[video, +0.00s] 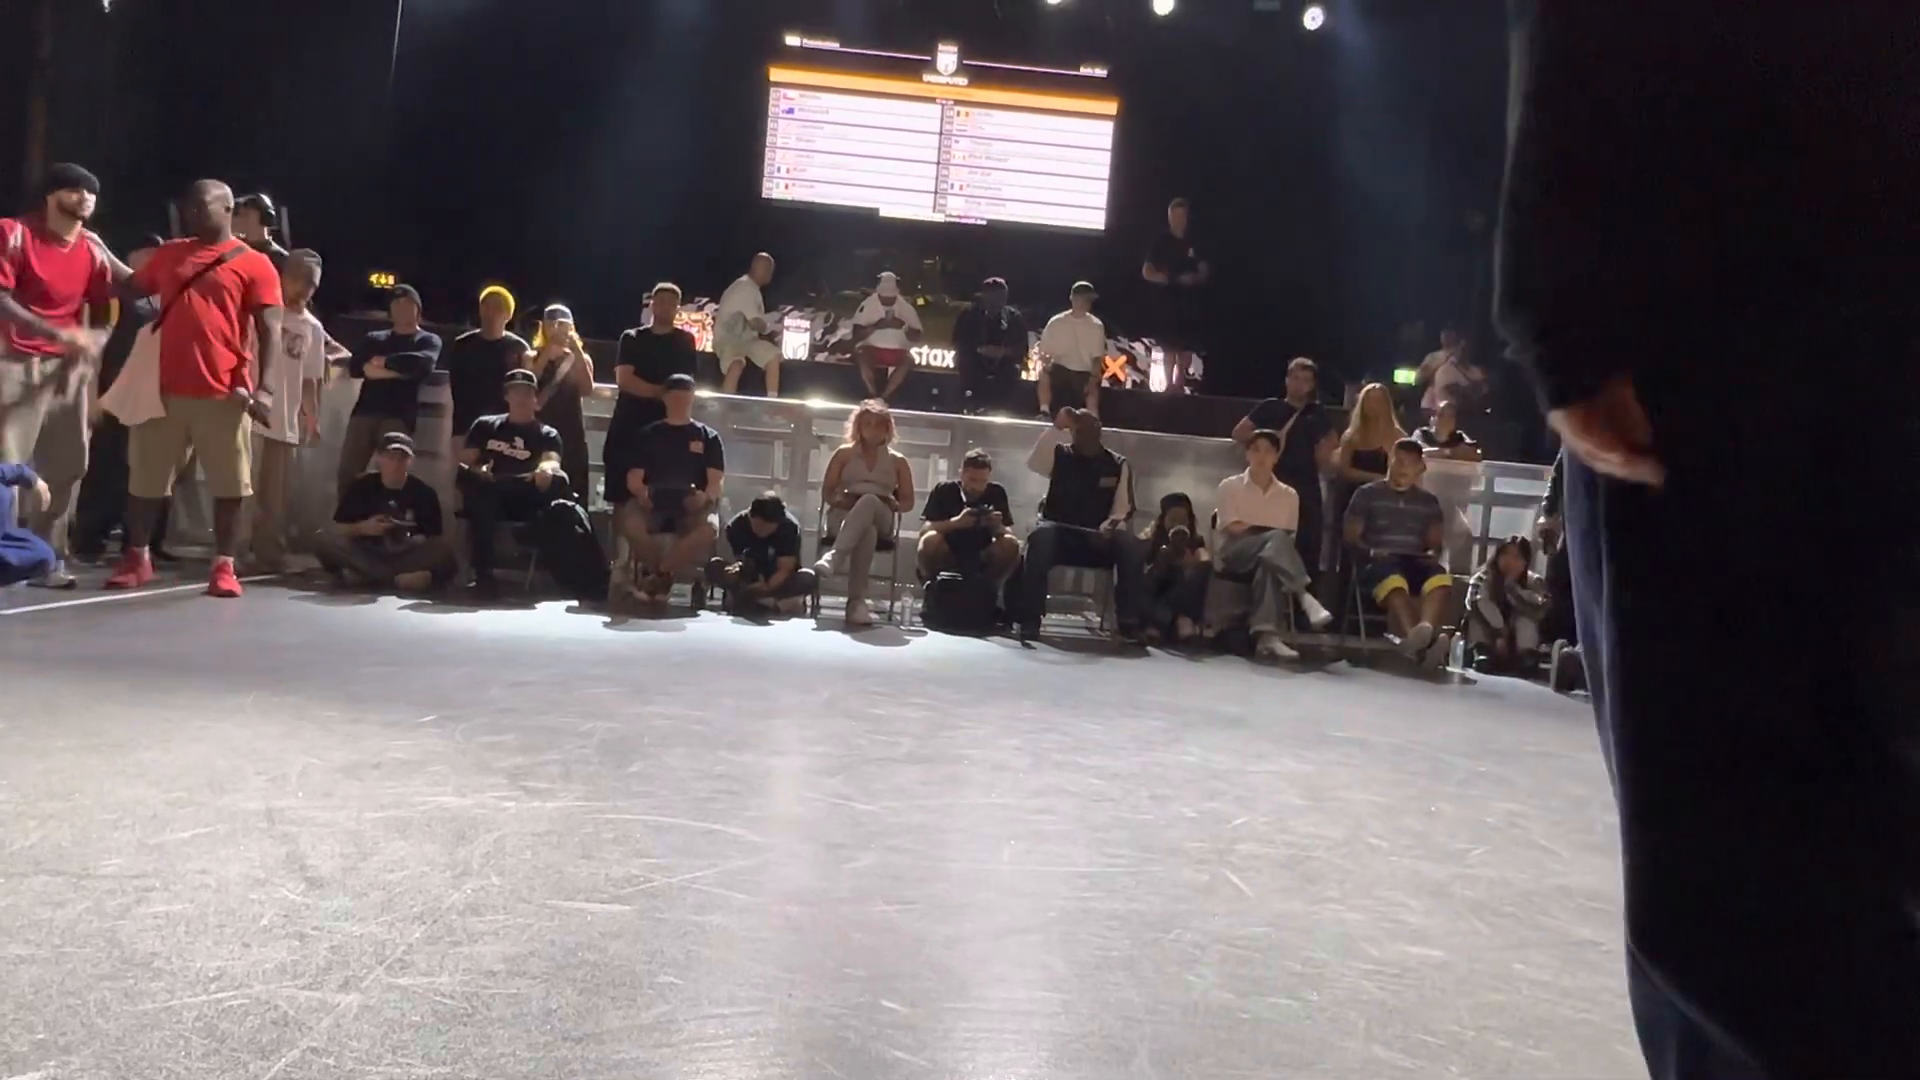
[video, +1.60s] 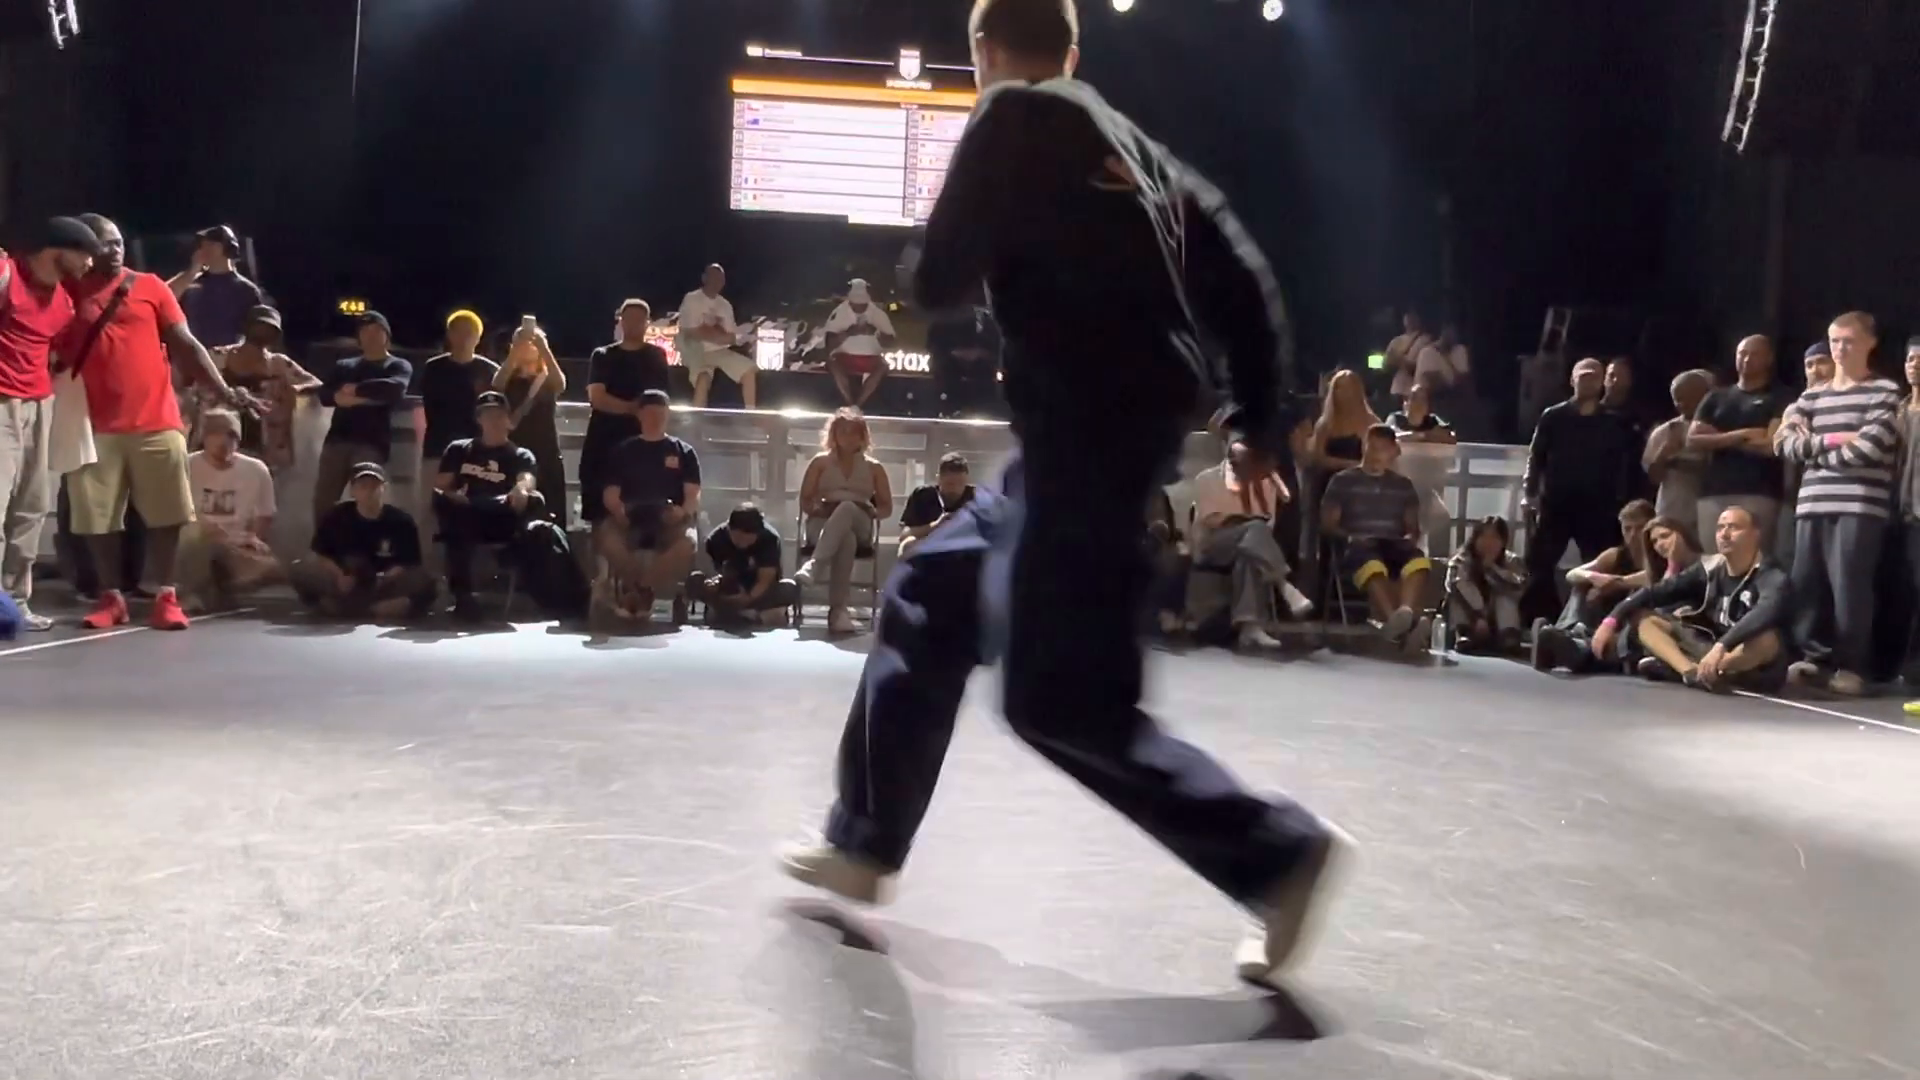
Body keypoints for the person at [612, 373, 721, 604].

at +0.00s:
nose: (680, 400)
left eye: (685, 394)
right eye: (675, 394)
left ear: (692, 397)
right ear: (665, 397)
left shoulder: (708, 437)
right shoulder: (647, 434)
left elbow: (715, 482)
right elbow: (633, 477)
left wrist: (704, 498)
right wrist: (644, 494)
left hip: (690, 499)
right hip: (654, 497)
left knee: (708, 530)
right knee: (630, 520)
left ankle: (659, 574)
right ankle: (662, 575)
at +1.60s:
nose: (655, 417)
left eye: (660, 411)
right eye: (650, 411)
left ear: (667, 415)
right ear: (639, 414)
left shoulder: (683, 451)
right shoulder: (622, 450)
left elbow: (692, 495)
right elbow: (610, 493)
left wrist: (682, 512)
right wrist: (622, 514)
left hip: (668, 513)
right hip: (632, 512)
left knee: (687, 543)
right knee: (607, 535)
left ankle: (644, 589)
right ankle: (639, 590)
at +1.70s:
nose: (657, 423)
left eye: (662, 417)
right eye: (652, 417)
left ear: (669, 421)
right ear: (642, 421)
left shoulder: (685, 458)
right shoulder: (624, 457)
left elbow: (695, 502)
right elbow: (612, 499)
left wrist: (683, 518)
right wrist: (625, 521)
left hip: (670, 520)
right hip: (634, 519)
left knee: (690, 549)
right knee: (610, 541)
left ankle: (646, 595)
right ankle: (640, 595)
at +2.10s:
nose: (662, 432)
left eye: (666, 427)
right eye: (656, 427)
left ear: (673, 430)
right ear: (645, 431)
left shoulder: (689, 467)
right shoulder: (627, 467)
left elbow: (698, 511)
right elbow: (617, 510)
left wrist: (688, 527)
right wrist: (627, 528)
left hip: (674, 528)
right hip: (638, 528)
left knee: (694, 558)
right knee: (613, 552)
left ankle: (648, 607)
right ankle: (649, 605)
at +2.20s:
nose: (662, 433)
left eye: (667, 428)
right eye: (657, 428)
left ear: (673, 431)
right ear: (645, 431)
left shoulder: (690, 468)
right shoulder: (628, 468)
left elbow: (699, 512)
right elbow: (617, 511)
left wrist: (688, 527)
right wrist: (628, 528)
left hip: (675, 529)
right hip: (638, 529)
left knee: (694, 559)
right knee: (614, 553)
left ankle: (648, 607)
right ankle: (649, 605)